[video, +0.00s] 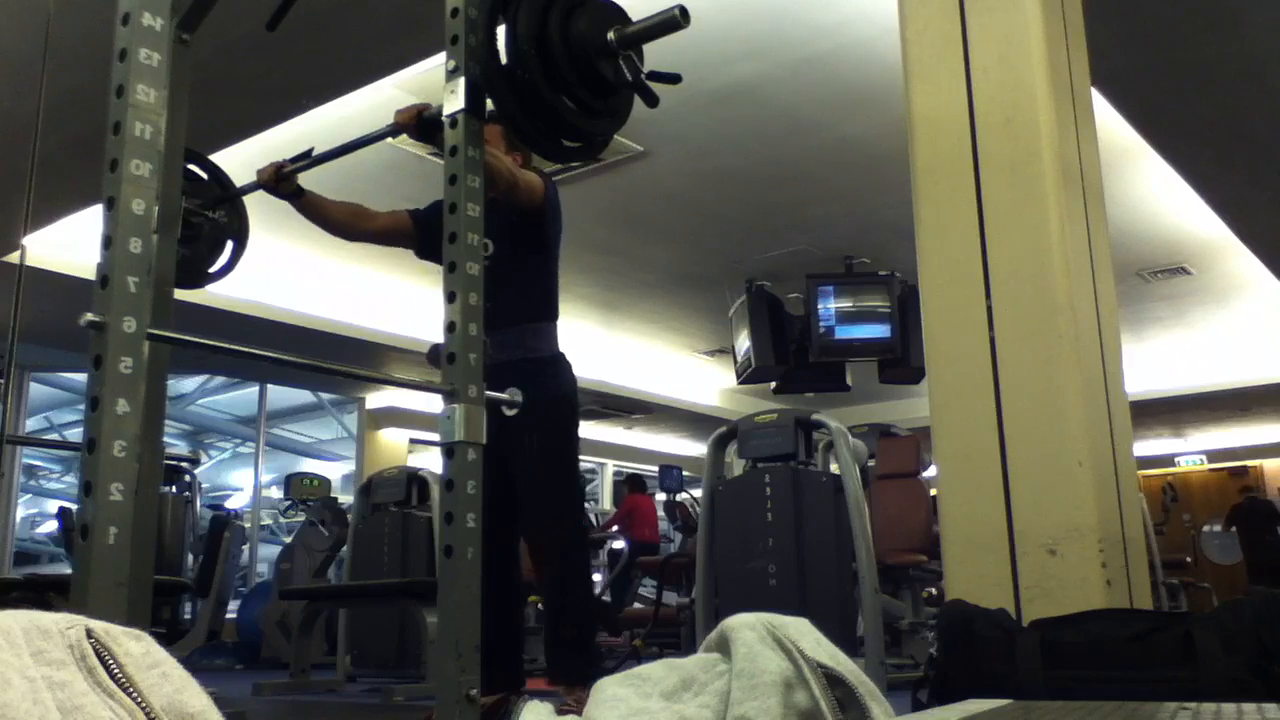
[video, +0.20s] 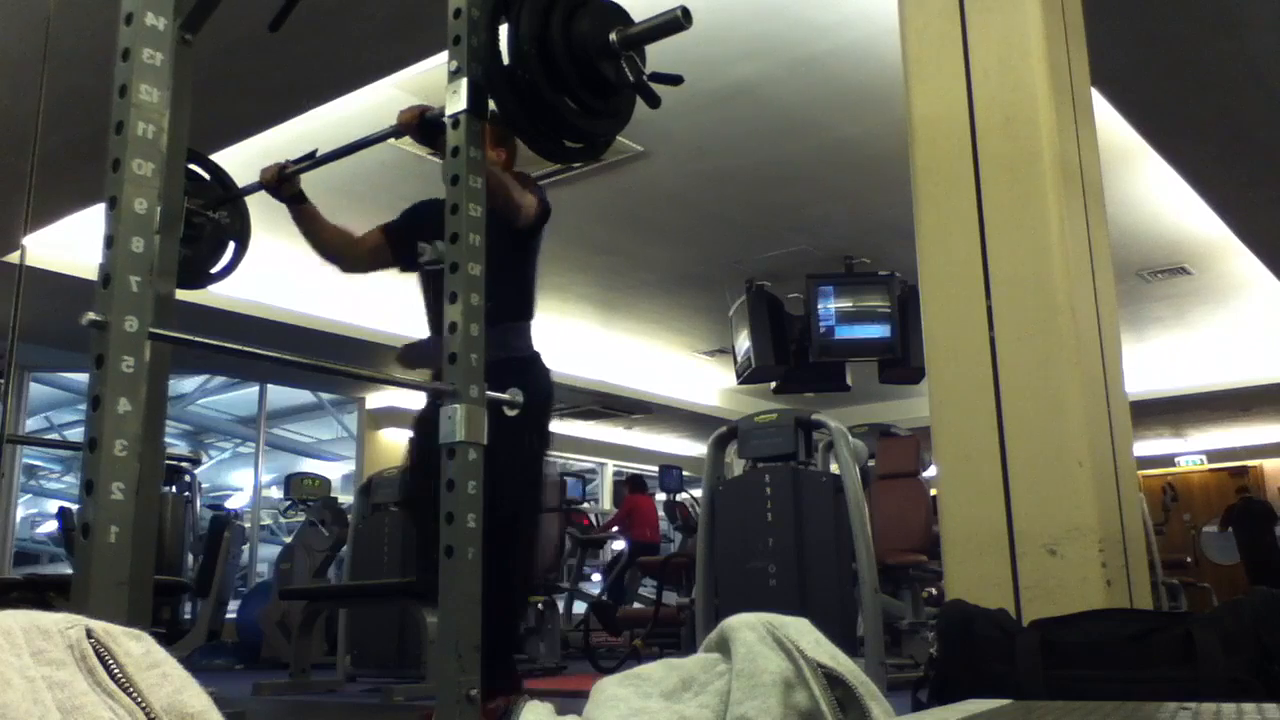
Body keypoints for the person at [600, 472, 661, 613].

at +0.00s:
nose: (626, 490)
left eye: (627, 487)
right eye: (626, 487)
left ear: (631, 487)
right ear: (643, 487)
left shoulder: (631, 500)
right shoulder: (649, 501)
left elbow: (616, 518)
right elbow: (637, 522)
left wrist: (601, 529)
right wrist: (619, 531)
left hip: (637, 546)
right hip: (654, 546)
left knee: (613, 554)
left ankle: (618, 600)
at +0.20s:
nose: (626, 490)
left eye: (627, 487)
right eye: (626, 487)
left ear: (631, 487)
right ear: (644, 487)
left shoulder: (631, 500)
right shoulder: (650, 501)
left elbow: (617, 519)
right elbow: (637, 523)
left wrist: (600, 530)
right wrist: (619, 532)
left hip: (637, 545)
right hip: (654, 546)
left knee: (611, 569)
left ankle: (616, 603)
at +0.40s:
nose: (624, 489)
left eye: (625, 486)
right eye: (624, 486)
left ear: (630, 486)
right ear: (643, 485)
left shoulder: (631, 499)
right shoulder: (649, 500)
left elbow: (616, 520)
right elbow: (635, 524)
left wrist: (600, 530)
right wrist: (615, 534)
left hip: (636, 546)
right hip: (653, 547)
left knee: (603, 554)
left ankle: (610, 588)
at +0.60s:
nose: (625, 490)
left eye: (625, 487)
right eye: (625, 487)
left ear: (630, 487)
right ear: (642, 486)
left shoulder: (631, 500)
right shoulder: (649, 500)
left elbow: (617, 520)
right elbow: (635, 523)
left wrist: (600, 530)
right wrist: (617, 533)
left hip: (637, 544)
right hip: (654, 545)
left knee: (602, 562)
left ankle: (599, 601)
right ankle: (632, 604)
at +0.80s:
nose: (624, 491)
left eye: (625, 488)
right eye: (624, 488)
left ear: (629, 487)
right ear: (643, 487)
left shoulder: (630, 500)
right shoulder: (649, 501)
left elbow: (616, 518)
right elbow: (634, 522)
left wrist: (600, 530)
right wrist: (616, 533)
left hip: (637, 545)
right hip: (654, 546)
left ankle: (613, 609)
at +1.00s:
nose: (625, 490)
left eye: (627, 488)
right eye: (626, 488)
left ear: (630, 488)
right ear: (644, 488)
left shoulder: (631, 499)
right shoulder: (650, 501)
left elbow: (617, 519)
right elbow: (636, 523)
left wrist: (600, 530)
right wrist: (618, 532)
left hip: (637, 548)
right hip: (654, 548)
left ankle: (617, 602)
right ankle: (622, 600)